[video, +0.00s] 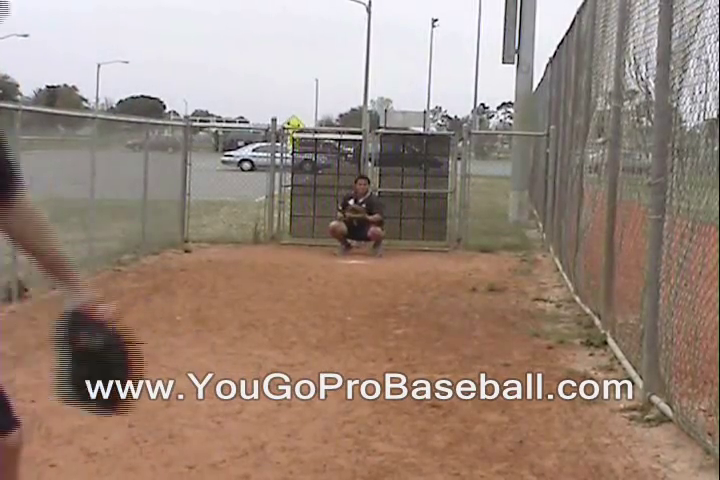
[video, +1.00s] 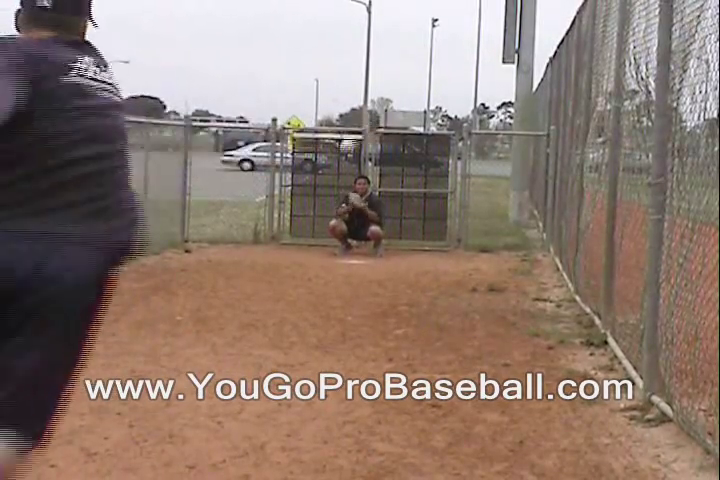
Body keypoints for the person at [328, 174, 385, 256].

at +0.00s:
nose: (362, 187)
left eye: (364, 185)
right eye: (360, 184)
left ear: (368, 186)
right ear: (355, 186)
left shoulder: (373, 200)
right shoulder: (348, 198)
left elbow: (379, 217)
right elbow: (339, 213)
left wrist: (364, 217)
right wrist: (346, 216)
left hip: (365, 227)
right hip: (350, 226)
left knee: (376, 231)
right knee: (334, 227)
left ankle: (376, 245)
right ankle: (346, 245)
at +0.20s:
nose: (362, 187)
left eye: (364, 185)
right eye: (359, 185)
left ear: (368, 187)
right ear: (355, 186)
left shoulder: (373, 200)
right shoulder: (348, 198)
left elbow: (378, 217)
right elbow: (339, 212)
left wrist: (363, 217)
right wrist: (345, 217)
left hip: (365, 227)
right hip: (350, 226)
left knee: (376, 231)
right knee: (334, 227)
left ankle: (376, 245)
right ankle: (346, 245)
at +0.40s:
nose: (362, 187)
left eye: (364, 185)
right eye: (359, 185)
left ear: (368, 187)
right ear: (355, 186)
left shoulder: (373, 200)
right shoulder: (348, 198)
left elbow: (378, 216)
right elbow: (338, 212)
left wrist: (364, 215)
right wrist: (346, 215)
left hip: (366, 227)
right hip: (351, 226)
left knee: (376, 231)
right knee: (334, 227)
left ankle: (377, 245)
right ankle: (346, 245)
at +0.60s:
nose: (361, 187)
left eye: (364, 184)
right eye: (359, 184)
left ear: (368, 186)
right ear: (355, 186)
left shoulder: (373, 199)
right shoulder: (349, 197)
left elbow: (380, 219)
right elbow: (338, 214)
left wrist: (364, 213)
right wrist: (347, 207)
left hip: (366, 227)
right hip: (351, 226)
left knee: (375, 231)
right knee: (334, 226)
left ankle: (377, 246)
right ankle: (346, 245)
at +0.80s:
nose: (362, 187)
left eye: (364, 184)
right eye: (359, 184)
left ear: (368, 186)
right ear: (355, 186)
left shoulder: (373, 200)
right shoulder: (349, 197)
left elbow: (378, 220)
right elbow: (337, 214)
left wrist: (361, 211)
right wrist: (347, 209)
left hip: (366, 227)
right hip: (350, 226)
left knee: (375, 231)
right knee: (334, 225)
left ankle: (377, 245)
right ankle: (346, 244)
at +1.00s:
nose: (361, 187)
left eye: (364, 184)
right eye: (359, 184)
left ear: (368, 186)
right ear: (354, 186)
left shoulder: (373, 199)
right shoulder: (349, 197)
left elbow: (378, 219)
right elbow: (338, 213)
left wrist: (363, 208)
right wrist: (348, 208)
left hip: (366, 227)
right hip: (351, 226)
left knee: (376, 231)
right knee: (334, 225)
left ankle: (377, 245)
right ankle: (346, 245)